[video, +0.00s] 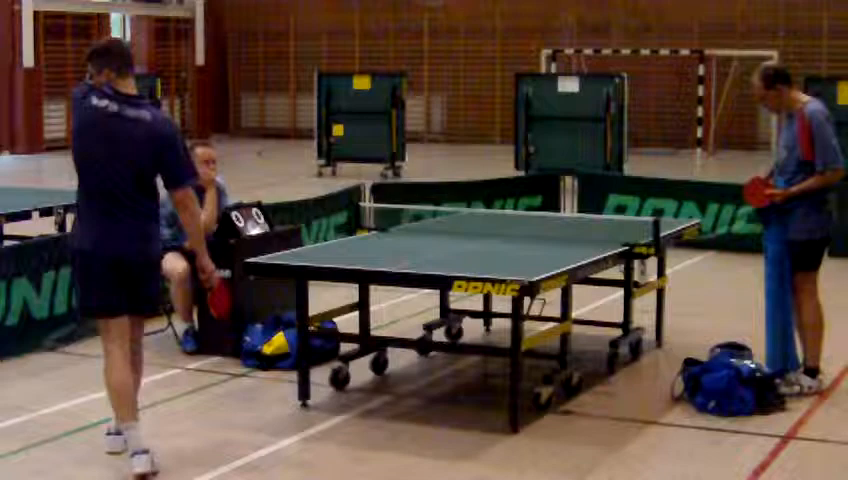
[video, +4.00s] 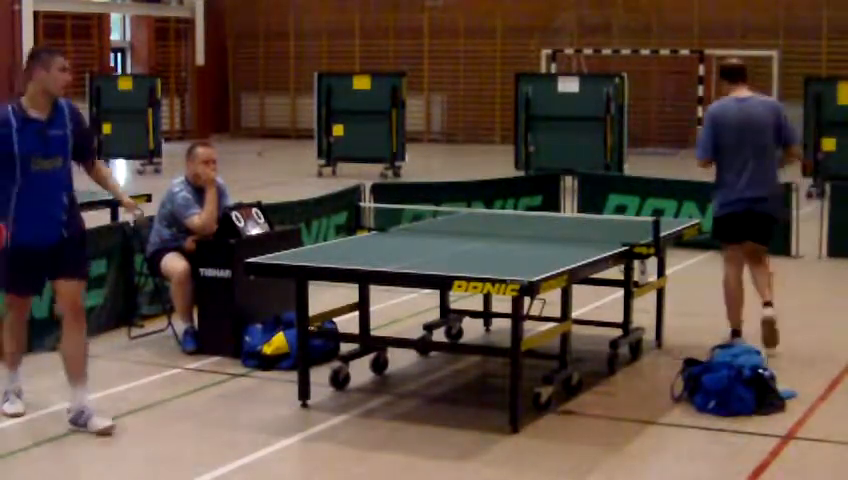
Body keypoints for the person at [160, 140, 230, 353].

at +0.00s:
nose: (211, 169)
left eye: (213, 163)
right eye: (205, 163)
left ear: (216, 165)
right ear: (191, 167)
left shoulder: (218, 189)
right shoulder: (175, 194)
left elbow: (218, 223)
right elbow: (204, 227)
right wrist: (211, 191)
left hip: (203, 241)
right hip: (173, 243)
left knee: (229, 263)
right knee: (180, 270)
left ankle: (223, 321)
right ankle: (188, 326)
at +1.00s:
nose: (212, 168)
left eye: (214, 163)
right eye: (206, 163)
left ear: (217, 164)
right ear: (190, 167)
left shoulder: (217, 187)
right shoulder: (178, 192)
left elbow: (224, 222)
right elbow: (205, 226)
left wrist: (196, 237)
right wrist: (211, 189)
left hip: (199, 240)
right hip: (166, 244)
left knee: (227, 262)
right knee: (181, 270)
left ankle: (221, 320)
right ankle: (188, 327)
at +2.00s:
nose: (212, 168)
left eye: (214, 163)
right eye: (206, 163)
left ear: (217, 164)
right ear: (190, 166)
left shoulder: (218, 187)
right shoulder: (178, 191)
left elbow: (225, 221)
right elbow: (204, 226)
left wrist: (199, 236)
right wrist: (211, 189)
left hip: (200, 241)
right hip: (168, 244)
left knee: (227, 262)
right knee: (182, 270)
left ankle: (224, 321)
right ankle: (188, 327)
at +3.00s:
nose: (211, 168)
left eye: (213, 163)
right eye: (205, 163)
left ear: (217, 165)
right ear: (190, 166)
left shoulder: (217, 187)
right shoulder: (178, 192)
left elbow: (225, 223)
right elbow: (205, 227)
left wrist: (197, 237)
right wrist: (211, 189)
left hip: (199, 241)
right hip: (166, 245)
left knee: (227, 263)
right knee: (181, 269)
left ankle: (222, 321)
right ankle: (188, 327)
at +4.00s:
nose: (212, 168)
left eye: (214, 163)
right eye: (206, 163)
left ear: (217, 165)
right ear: (190, 166)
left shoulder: (217, 187)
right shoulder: (179, 192)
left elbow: (227, 221)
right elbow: (205, 226)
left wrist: (197, 237)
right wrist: (211, 188)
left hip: (198, 241)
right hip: (165, 245)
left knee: (227, 262)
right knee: (181, 269)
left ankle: (222, 321)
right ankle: (188, 326)